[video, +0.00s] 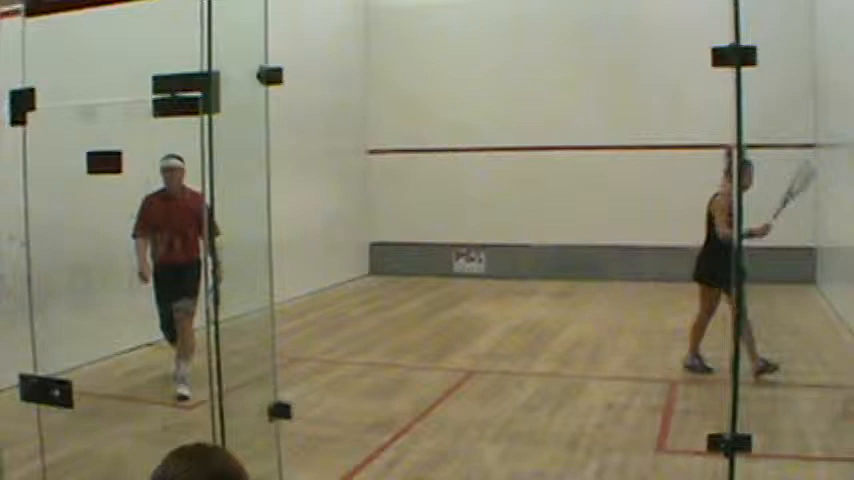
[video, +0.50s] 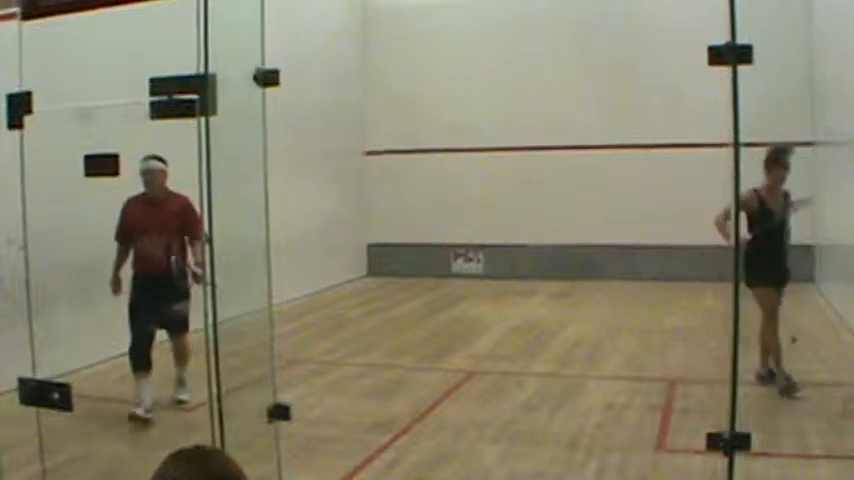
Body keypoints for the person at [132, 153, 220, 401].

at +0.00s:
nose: (171, 177)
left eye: (176, 171)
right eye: (167, 172)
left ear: (184, 173)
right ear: (161, 175)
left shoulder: (196, 201)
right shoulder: (151, 203)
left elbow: (209, 235)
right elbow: (141, 235)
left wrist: (214, 265)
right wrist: (143, 264)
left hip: (190, 264)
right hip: (163, 266)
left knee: (184, 316)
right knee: (168, 324)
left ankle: (183, 375)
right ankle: (183, 352)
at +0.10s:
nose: (169, 178)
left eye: (173, 173)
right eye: (164, 173)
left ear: (181, 175)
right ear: (159, 176)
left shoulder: (194, 203)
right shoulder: (149, 204)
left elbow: (207, 237)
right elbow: (139, 237)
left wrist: (212, 267)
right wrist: (139, 267)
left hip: (187, 267)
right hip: (161, 268)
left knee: (181, 318)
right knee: (165, 329)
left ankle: (180, 378)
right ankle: (180, 353)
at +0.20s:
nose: (167, 175)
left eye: (171, 170)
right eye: (162, 170)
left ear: (181, 172)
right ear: (157, 173)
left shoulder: (194, 201)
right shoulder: (147, 201)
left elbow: (205, 237)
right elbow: (137, 238)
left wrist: (212, 267)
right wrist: (132, 268)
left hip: (185, 268)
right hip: (158, 269)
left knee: (182, 323)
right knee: (155, 331)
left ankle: (183, 380)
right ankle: (171, 354)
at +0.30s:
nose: (162, 173)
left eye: (167, 167)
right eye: (158, 168)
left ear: (177, 169)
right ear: (153, 170)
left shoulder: (192, 200)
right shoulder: (143, 199)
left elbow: (204, 235)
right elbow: (133, 236)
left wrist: (208, 266)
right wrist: (125, 267)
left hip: (181, 267)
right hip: (153, 269)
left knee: (181, 325)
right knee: (147, 331)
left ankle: (181, 380)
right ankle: (160, 370)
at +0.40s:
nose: (157, 175)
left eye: (162, 170)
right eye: (152, 170)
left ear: (171, 171)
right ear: (147, 173)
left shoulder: (188, 201)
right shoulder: (138, 202)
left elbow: (201, 235)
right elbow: (129, 238)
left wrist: (205, 265)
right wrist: (121, 268)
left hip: (179, 272)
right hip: (149, 273)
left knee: (180, 330)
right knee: (145, 334)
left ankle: (182, 384)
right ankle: (147, 396)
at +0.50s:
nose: (151, 180)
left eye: (156, 174)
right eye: (146, 175)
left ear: (166, 175)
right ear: (141, 178)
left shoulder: (181, 205)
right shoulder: (132, 207)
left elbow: (197, 237)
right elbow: (124, 243)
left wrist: (199, 264)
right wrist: (116, 272)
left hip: (174, 279)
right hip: (144, 280)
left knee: (179, 335)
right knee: (140, 341)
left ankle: (182, 382)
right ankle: (144, 402)